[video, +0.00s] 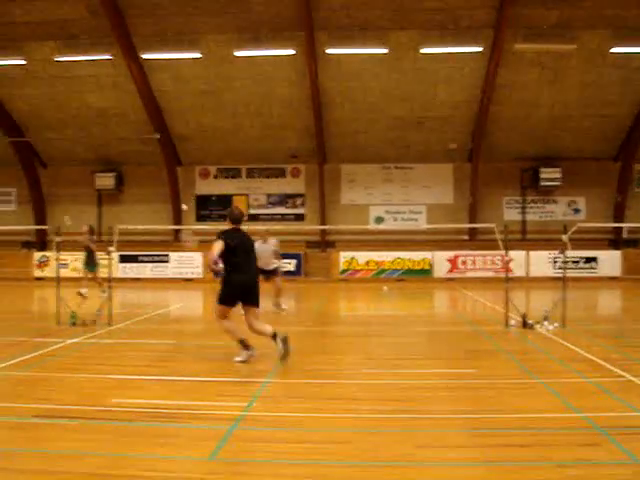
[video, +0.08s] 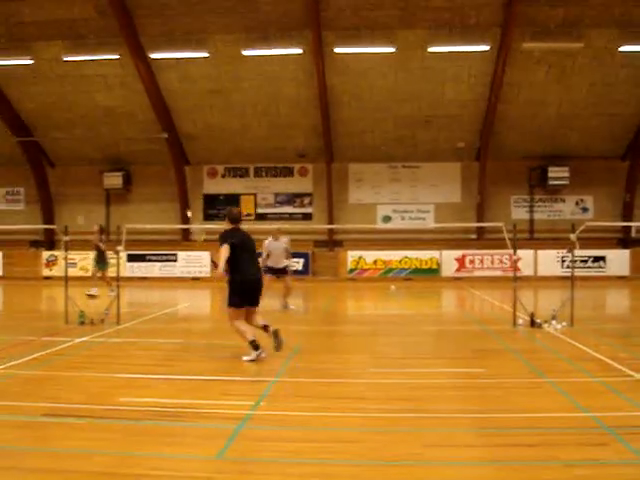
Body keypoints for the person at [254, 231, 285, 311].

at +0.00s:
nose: (264, 236)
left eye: (266, 234)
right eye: (262, 234)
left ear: (269, 234)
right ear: (260, 235)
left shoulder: (273, 243)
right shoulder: (256, 245)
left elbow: (277, 254)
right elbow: (254, 256)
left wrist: (279, 261)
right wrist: (254, 266)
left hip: (272, 266)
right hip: (260, 266)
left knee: (278, 286)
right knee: (253, 285)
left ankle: (277, 303)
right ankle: (251, 304)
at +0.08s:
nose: (276, 234)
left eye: (277, 232)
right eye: (274, 232)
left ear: (280, 233)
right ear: (271, 233)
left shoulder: (285, 241)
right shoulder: (267, 243)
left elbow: (288, 254)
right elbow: (265, 255)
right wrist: (263, 264)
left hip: (282, 266)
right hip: (270, 266)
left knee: (288, 285)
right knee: (265, 284)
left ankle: (285, 301)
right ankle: (258, 301)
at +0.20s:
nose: (283, 228)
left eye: (285, 226)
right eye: (282, 226)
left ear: (288, 227)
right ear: (279, 227)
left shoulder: (292, 237)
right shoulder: (275, 239)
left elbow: (297, 247)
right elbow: (271, 253)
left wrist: (297, 259)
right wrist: (268, 267)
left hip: (289, 263)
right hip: (278, 263)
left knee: (291, 283)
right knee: (274, 282)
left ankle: (287, 302)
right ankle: (268, 303)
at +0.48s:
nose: (290, 228)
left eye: (292, 225)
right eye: (289, 225)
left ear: (295, 227)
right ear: (286, 227)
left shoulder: (299, 237)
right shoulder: (282, 238)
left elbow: (305, 250)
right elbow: (277, 253)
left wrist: (307, 262)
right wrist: (277, 266)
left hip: (295, 262)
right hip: (284, 262)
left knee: (302, 279)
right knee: (283, 280)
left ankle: (301, 301)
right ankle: (278, 302)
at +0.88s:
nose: (314, 227)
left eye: (316, 225)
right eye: (312, 224)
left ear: (317, 226)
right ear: (308, 224)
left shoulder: (319, 235)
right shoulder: (301, 234)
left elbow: (323, 249)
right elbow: (295, 246)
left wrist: (320, 260)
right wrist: (296, 257)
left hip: (314, 259)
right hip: (302, 259)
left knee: (318, 278)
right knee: (298, 277)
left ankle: (316, 298)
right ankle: (291, 298)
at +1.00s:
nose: (317, 228)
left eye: (319, 226)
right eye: (315, 225)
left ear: (321, 227)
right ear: (312, 227)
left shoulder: (325, 238)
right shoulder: (308, 236)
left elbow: (329, 252)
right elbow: (302, 247)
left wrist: (323, 263)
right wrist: (301, 258)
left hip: (320, 262)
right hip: (309, 262)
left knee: (324, 282)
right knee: (304, 281)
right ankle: (303, 298)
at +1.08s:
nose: (318, 231)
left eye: (320, 229)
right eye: (316, 229)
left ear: (322, 230)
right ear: (314, 230)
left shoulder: (325, 240)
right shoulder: (310, 239)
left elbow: (331, 254)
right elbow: (306, 250)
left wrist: (323, 263)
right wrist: (303, 258)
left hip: (322, 264)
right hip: (312, 264)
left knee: (327, 282)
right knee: (308, 284)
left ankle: (334, 299)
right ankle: (313, 298)